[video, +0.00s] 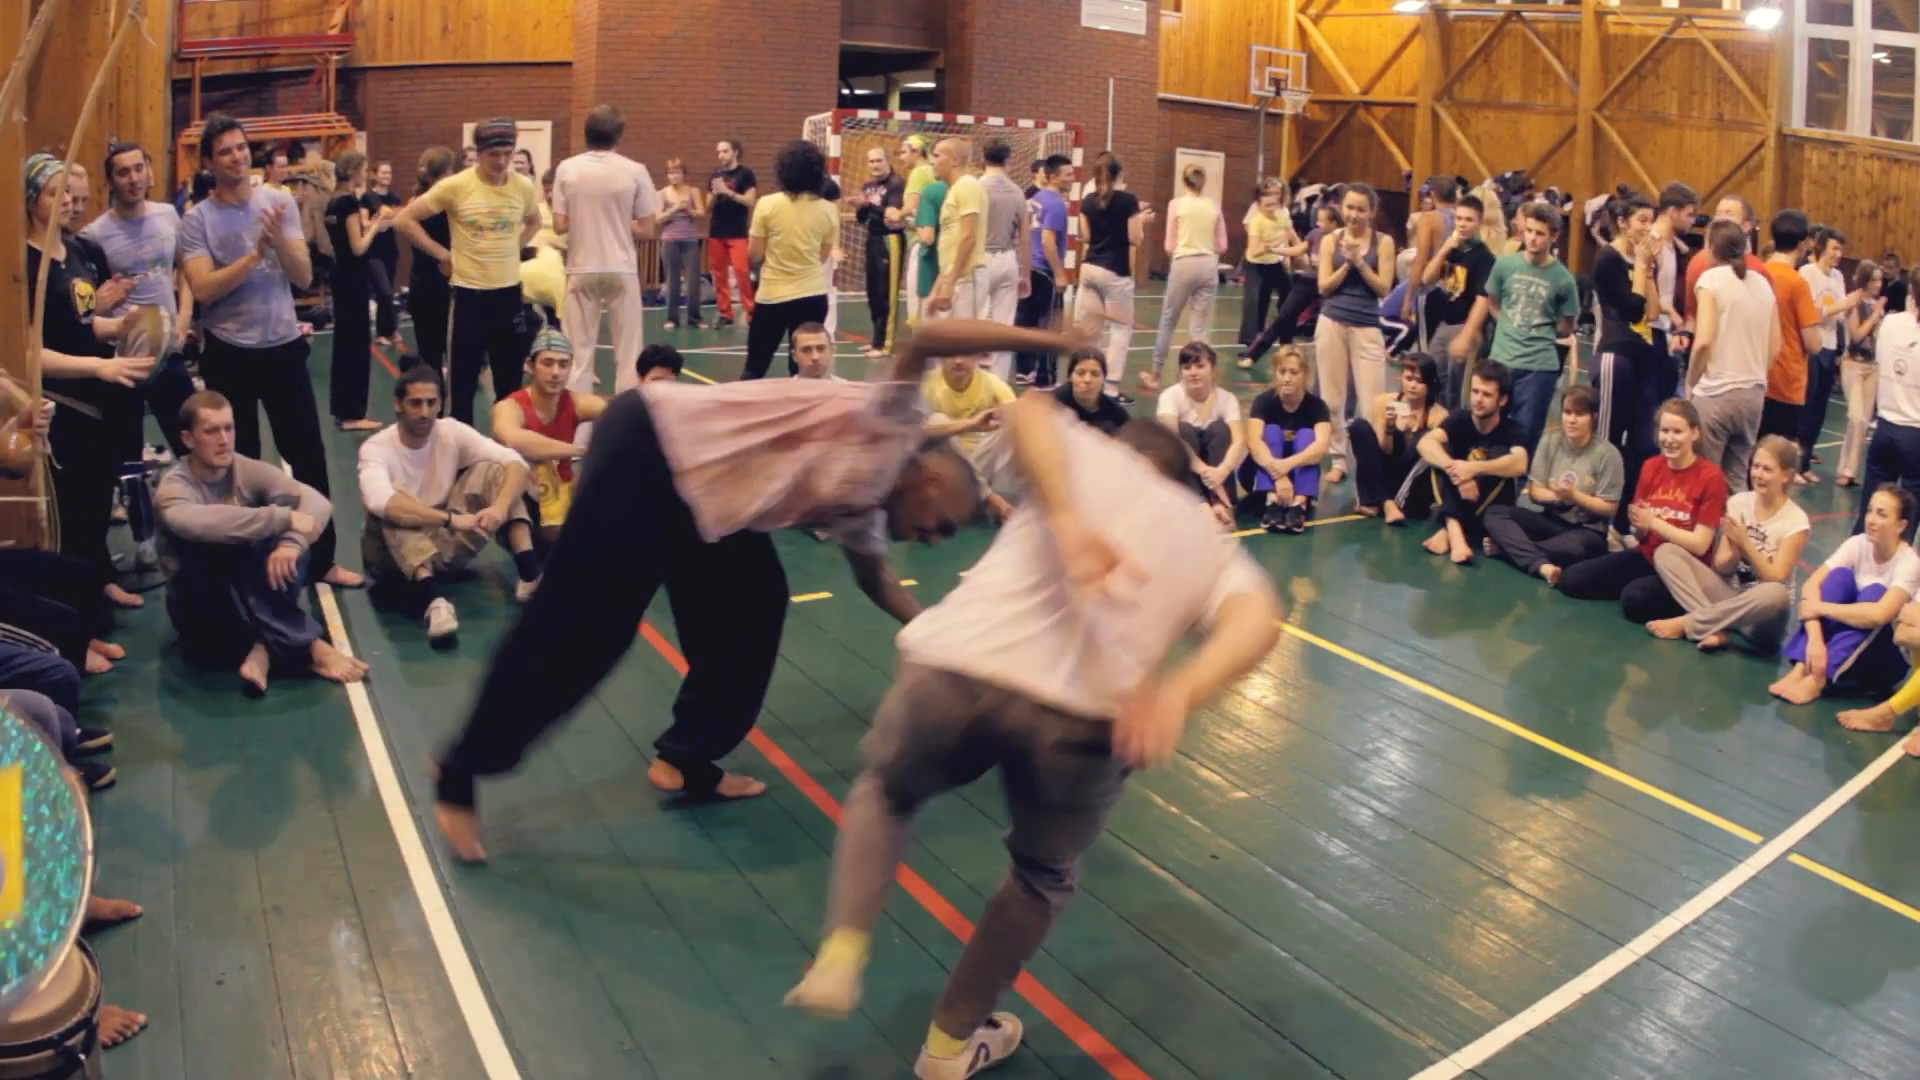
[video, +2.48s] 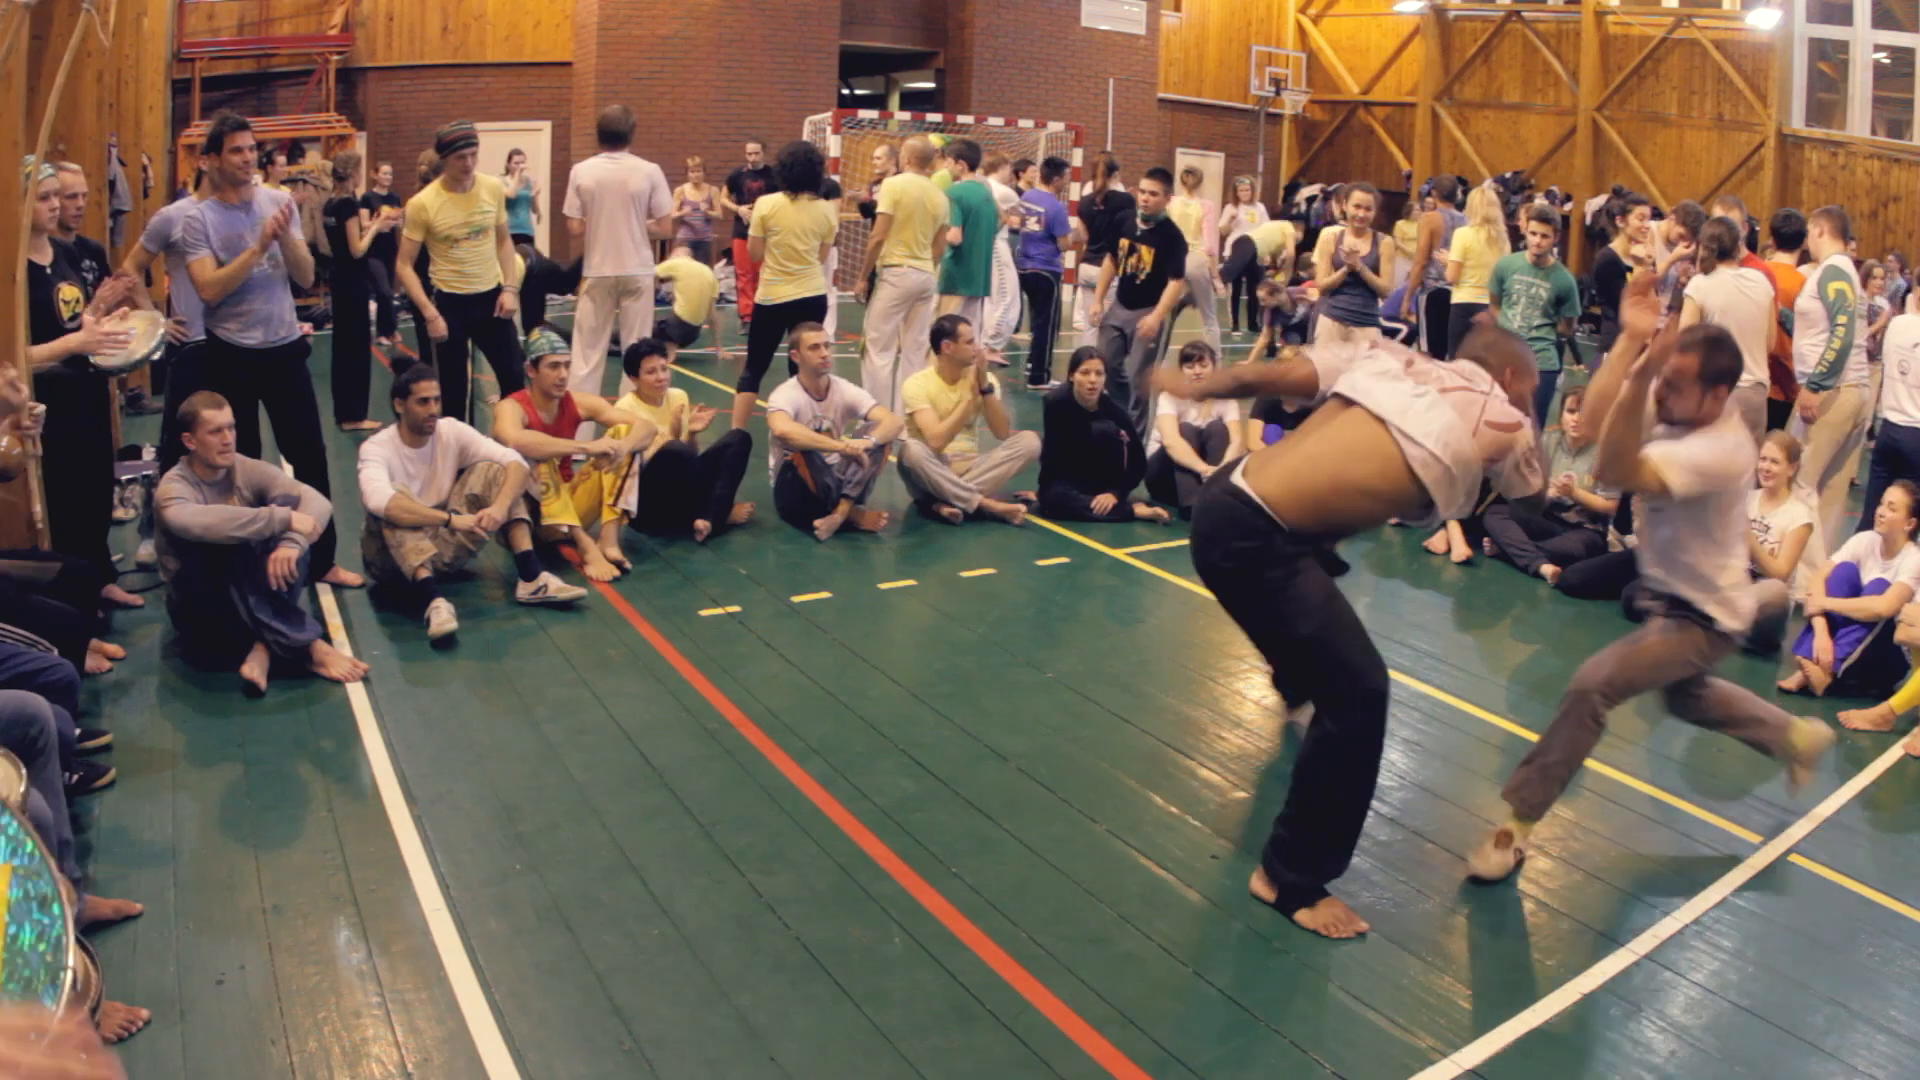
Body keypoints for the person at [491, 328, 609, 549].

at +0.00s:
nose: (555, 372)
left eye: (563, 364)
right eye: (547, 363)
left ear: (570, 368)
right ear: (530, 366)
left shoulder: (576, 402)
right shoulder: (510, 407)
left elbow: (620, 412)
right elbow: (512, 439)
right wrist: (580, 451)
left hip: (567, 495)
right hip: (524, 495)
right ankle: (530, 573)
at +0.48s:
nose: (558, 373)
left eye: (563, 364)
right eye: (548, 365)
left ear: (569, 367)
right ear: (529, 368)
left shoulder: (579, 402)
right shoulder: (509, 408)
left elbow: (643, 425)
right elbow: (513, 440)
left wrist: (627, 450)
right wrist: (582, 451)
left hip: (573, 506)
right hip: (527, 510)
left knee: (622, 438)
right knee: (541, 465)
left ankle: (609, 537)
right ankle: (587, 546)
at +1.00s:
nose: (559, 373)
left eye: (564, 365)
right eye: (550, 366)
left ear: (570, 367)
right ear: (529, 370)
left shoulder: (577, 403)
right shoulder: (510, 408)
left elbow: (644, 424)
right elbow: (514, 441)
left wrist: (626, 449)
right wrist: (584, 453)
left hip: (573, 505)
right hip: (528, 511)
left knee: (623, 439)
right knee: (541, 467)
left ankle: (609, 538)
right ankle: (586, 546)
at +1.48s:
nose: (560, 372)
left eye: (564, 364)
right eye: (550, 365)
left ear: (569, 366)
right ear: (529, 371)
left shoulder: (578, 402)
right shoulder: (510, 407)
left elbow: (645, 424)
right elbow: (513, 441)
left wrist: (624, 445)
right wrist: (582, 450)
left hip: (574, 506)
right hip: (528, 512)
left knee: (621, 435)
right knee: (540, 464)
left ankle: (609, 536)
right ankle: (585, 544)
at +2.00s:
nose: (563, 373)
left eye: (566, 364)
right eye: (553, 365)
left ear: (570, 366)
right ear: (530, 370)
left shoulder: (579, 403)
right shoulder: (509, 407)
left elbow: (645, 426)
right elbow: (513, 441)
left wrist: (622, 442)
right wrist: (583, 447)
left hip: (573, 507)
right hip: (528, 511)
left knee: (620, 436)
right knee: (542, 465)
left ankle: (609, 538)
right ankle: (586, 545)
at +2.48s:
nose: (563, 375)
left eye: (567, 366)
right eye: (553, 367)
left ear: (572, 366)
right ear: (531, 370)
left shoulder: (582, 403)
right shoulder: (511, 407)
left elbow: (646, 427)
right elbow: (514, 441)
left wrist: (624, 446)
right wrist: (585, 447)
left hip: (571, 508)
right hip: (526, 514)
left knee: (622, 448)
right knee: (542, 463)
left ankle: (609, 538)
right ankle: (586, 545)